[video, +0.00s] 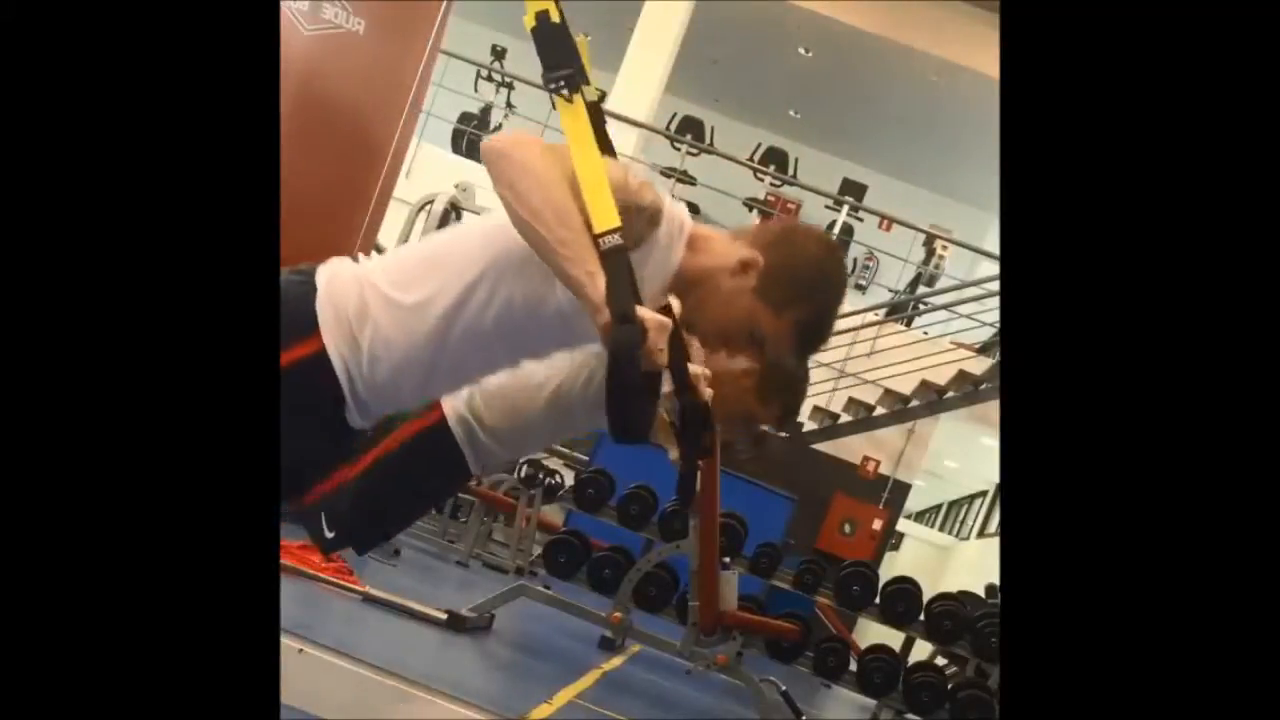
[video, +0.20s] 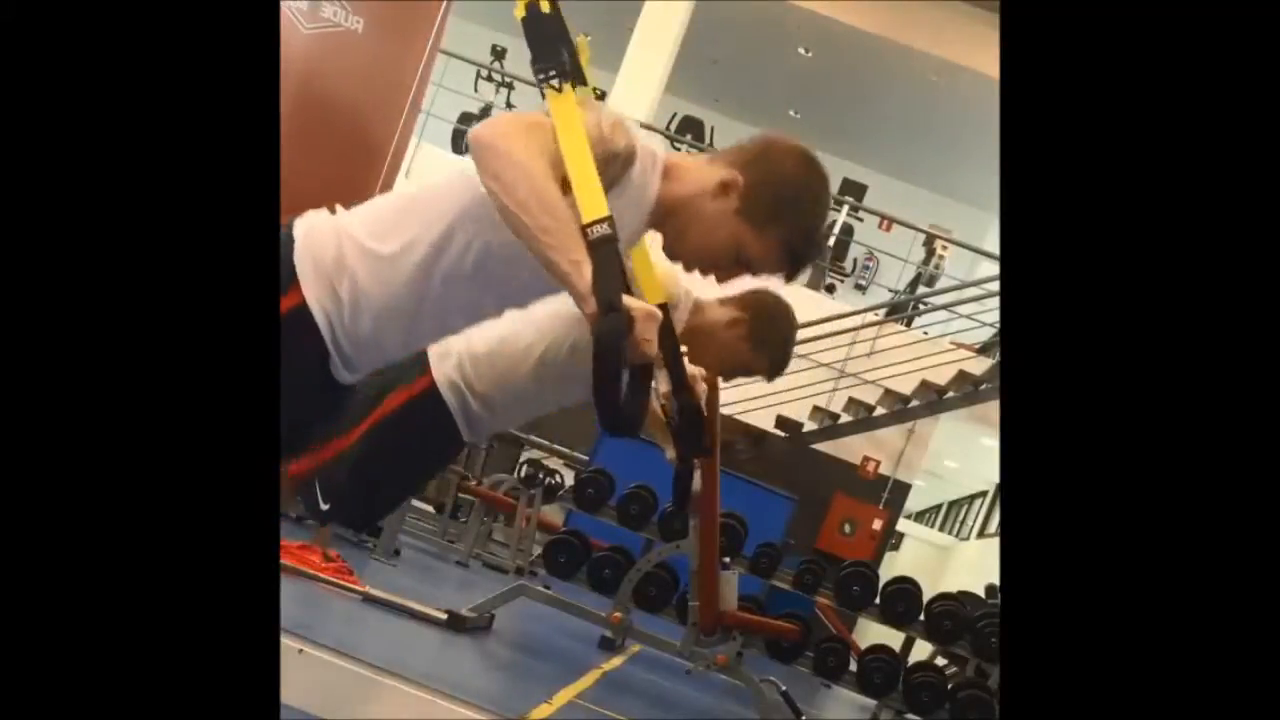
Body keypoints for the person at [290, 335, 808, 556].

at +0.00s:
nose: (732, 424)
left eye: (744, 423)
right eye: (745, 411)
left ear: (737, 377)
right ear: (736, 362)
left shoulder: (674, 389)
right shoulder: (663, 346)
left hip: (474, 445)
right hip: (455, 423)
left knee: (352, 527)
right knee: (329, 518)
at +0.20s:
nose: (726, 372)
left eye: (738, 370)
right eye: (739, 360)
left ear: (732, 329)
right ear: (731, 317)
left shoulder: (667, 347)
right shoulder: (656, 286)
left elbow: (631, 414)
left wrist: (678, 432)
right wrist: (671, 370)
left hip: (469, 415)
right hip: (447, 380)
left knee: (352, 512)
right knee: (318, 489)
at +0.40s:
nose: (716, 330)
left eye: (730, 327)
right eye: (728, 318)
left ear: (718, 268)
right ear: (720, 274)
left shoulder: (648, 279)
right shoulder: (634, 269)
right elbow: (611, 403)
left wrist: (669, 401)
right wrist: (664, 412)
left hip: (451, 391)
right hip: (431, 370)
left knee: (328, 512)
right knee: (302, 491)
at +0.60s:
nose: (709, 292)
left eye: (722, 287)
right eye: (720, 279)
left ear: (703, 237)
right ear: (704, 236)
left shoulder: (630, 268)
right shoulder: (615, 238)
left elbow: (603, 390)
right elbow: (593, 403)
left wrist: (661, 400)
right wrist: (653, 402)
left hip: (448, 387)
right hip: (424, 361)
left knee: (334, 505)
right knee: (303, 487)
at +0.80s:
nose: (708, 289)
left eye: (721, 283)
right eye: (720, 275)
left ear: (699, 232)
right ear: (701, 233)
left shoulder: (630, 265)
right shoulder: (617, 236)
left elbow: (618, 394)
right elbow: (612, 408)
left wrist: (678, 409)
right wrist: (676, 407)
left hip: (444, 390)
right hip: (421, 366)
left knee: (331, 508)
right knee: (300, 488)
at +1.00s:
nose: (722, 327)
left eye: (736, 323)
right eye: (734, 314)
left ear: (717, 270)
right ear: (719, 272)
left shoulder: (650, 279)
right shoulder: (637, 264)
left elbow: (637, 346)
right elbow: (585, 348)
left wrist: (667, 401)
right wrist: (621, 413)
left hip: (457, 391)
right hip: (440, 375)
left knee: (328, 510)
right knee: (306, 501)